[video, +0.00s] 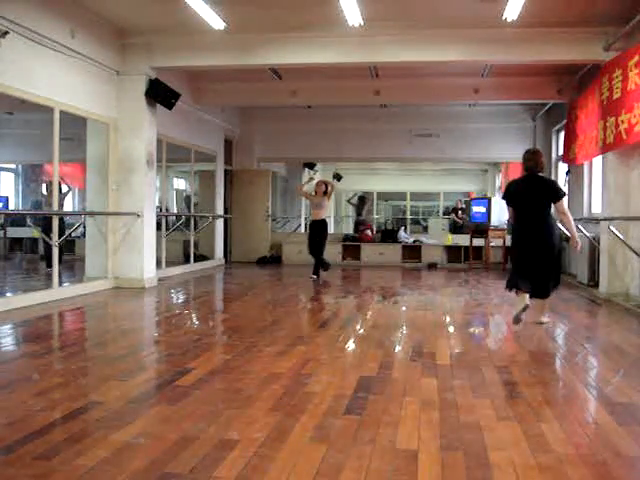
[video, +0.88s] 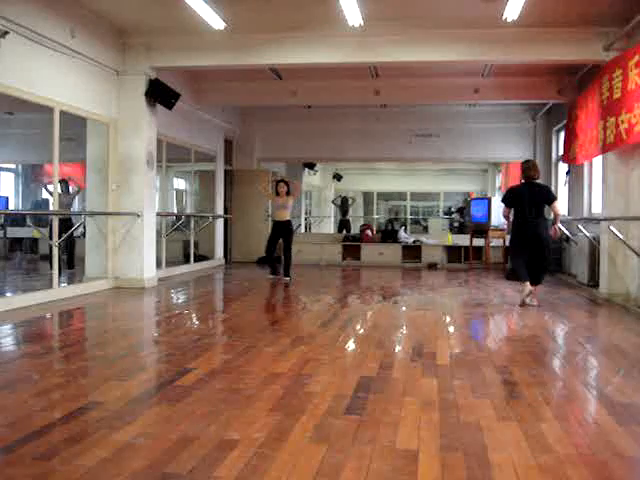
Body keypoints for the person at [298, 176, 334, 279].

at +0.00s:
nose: (318, 187)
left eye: (321, 185)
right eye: (317, 185)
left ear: (325, 188)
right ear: (315, 187)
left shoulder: (326, 198)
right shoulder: (311, 197)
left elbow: (332, 186)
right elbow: (300, 191)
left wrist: (324, 181)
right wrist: (308, 182)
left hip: (322, 222)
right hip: (313, 222)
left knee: (318, 250)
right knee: (312, 249)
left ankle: (315, 273)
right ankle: (324, 264)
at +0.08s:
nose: (318, 187)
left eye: (320, 185)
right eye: (316, 185)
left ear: (323, 188)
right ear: (314, 187)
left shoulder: (325, 198)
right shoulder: (310, 197)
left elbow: (331, 185)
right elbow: (299, 190)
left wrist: (322, 180)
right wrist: (307, 181)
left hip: (321, 221)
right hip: (312, 222)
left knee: (319, 249)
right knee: (309, 249)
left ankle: (316, 273)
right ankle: (321, 263)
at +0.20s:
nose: (311, 187)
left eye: (313, 185)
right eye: (310, 185)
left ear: (317, 188)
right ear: (307, 187)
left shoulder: (319, 197)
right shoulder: (305, 197)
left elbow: (326, 185)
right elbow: (297, 194)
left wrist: (315, 179)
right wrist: (293, 190)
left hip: (316, 222)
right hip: (307, 222)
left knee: (317, 249)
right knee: (300, 249)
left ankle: (316, 273)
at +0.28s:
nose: (306, 188)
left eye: (308, 186)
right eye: (305, 186)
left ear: (312, 188)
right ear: (303, 188)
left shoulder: (315, 198)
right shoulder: (300, 198)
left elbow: (322, 186)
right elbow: (290, 190)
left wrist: (311, 179)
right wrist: (295, 181)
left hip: (312, 222)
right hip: (302, 222)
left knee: (315, 250)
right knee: (297, 250)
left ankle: (315, 273)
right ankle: (291, 273)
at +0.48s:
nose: (297, 188)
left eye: (299, 186)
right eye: (295, 186)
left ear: (302, 187)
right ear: (293, 187)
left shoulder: (305, 197)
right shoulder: (290, 196)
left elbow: (314, 187)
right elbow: (282, 191)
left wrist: (304, 180)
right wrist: (288, 181)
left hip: (301, 221)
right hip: (291, 221)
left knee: (303, 250)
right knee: (289, 250)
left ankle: (312, 271)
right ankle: (286, 274)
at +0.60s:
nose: (291, 187)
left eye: (293, 185)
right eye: (290, 185)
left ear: (297, 187)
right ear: (287, 187)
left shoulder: (299, 196)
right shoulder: (284, 196)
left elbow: (308, 189)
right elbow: (273, 190)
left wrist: (305, 183)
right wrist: (278, 182)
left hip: (295, 220)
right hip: (286, 221)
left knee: (295, 249)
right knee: (286, 249)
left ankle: (296, 273)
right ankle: (286, 273)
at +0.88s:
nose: (282, 189)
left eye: (283, 187)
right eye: (280, 187)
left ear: (287, 188)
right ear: (277, 189)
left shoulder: (290, 198)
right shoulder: (274, 198)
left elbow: (297, 190)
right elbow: (263, 191)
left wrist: (292, 183)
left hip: (286, 223)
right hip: (276, 223)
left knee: (287, 250)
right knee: (270, 249)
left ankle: (286, 274)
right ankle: (274, 272)